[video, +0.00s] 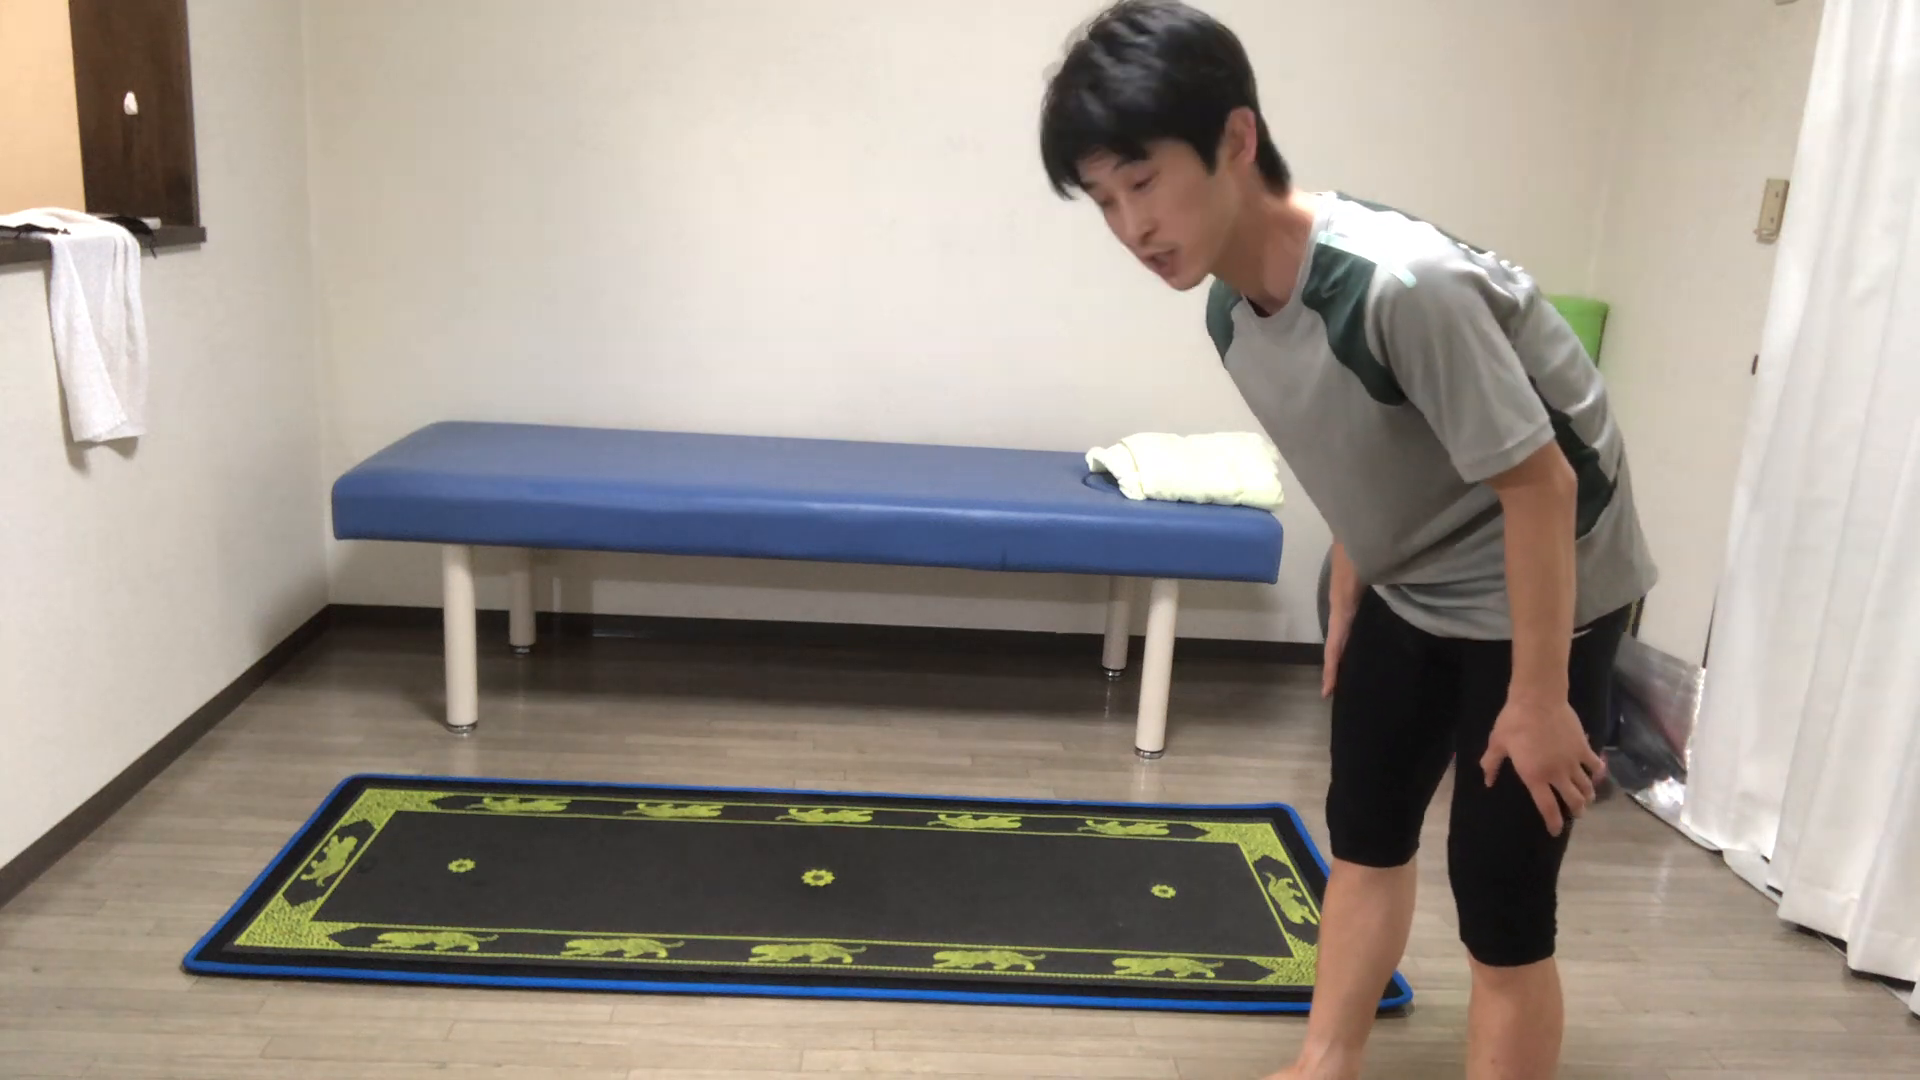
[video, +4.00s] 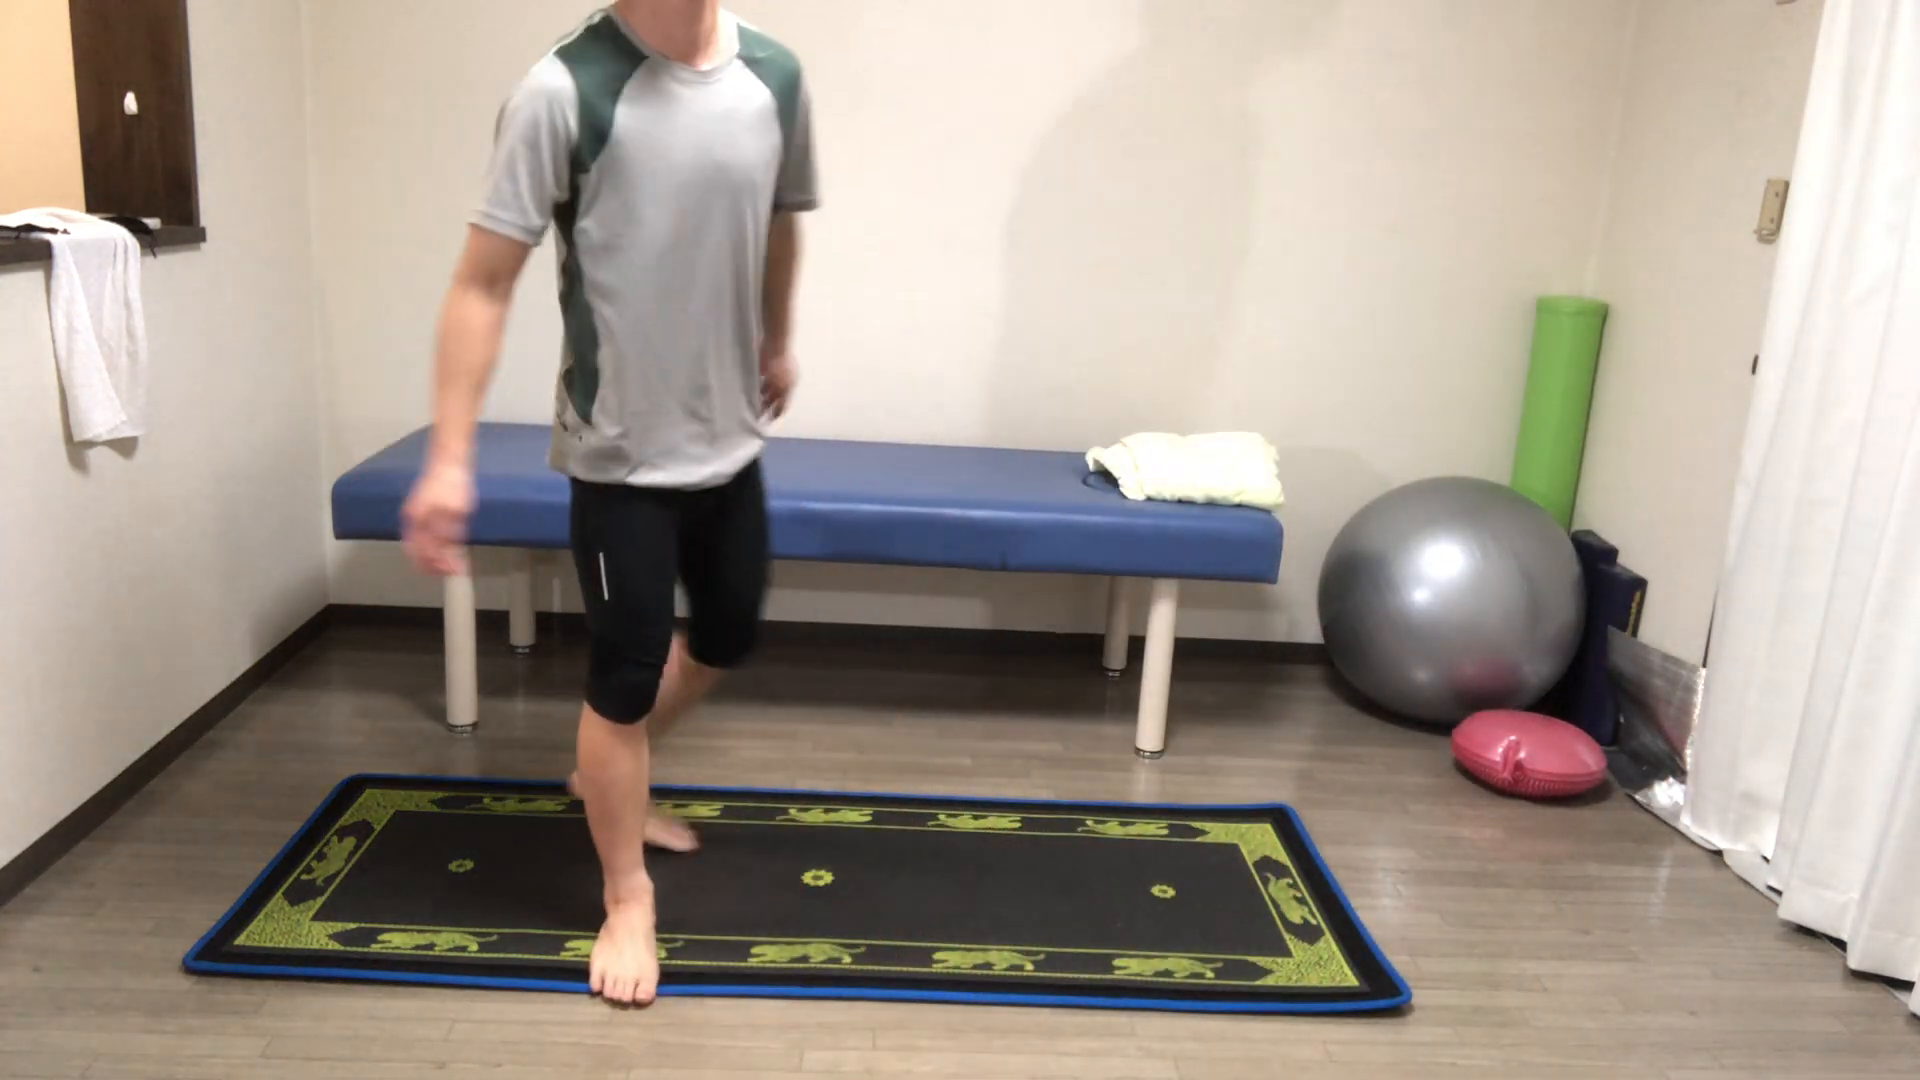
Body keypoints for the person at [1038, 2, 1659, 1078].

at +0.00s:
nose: (1130, 226)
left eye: (1143, 179)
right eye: (1103, 201)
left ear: (1237, 141)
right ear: (1091, 206)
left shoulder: (1409, 292)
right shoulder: (1230, 313)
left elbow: (1540, 484)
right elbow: (1369, 462)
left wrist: (1541, 693)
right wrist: (1347, 595)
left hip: (1542, 600)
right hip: (1401, 588)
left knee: (1503, 906)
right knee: (1366, 836)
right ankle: (1327, 1059)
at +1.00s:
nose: (1174, 185)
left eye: (1183, 142)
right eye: (1144, 177)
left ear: (1258, 118)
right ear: (1138, 204)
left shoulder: (1414, 242)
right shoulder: (1270, 323)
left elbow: (1520, 449)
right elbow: (1410, 469)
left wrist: (1458, 654)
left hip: (1581, 580)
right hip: (1443, 579)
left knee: (1493, 857)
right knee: (1386, 815)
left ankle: (1510, 1011)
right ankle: (1326, 1058)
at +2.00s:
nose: (1402, 8)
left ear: (1494, 7)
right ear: (1370, 12)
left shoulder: (1574, 159)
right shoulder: (1362, 167)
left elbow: (1604, 375)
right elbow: (1364, 354)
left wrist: (1566, 556)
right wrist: (1345, 505)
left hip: (1513, 538)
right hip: (1386, 523)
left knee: (1506, 789)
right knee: (1314, 735)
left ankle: (1504, 1021)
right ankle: (1290, 956)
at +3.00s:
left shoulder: (1173, 168)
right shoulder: (1007, 95)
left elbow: (1185, 382)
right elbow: (1004, 293)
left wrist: (1190, 574)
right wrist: (968, 429)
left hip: (1103, 511)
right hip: (1008, 486)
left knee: (1017, 762)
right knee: (1032, 729)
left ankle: (1012, 1011)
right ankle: (1210, 886)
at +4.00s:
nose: (692, 3)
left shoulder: (775, 76)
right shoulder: (564, 94)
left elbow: (780, 227)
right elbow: (483, 282)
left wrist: (776, 343)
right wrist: (449, 459)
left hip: (730, 432)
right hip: (622, 447)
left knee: (723, 632)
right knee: (627, 677)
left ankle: (618, 758)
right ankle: (626, 902)